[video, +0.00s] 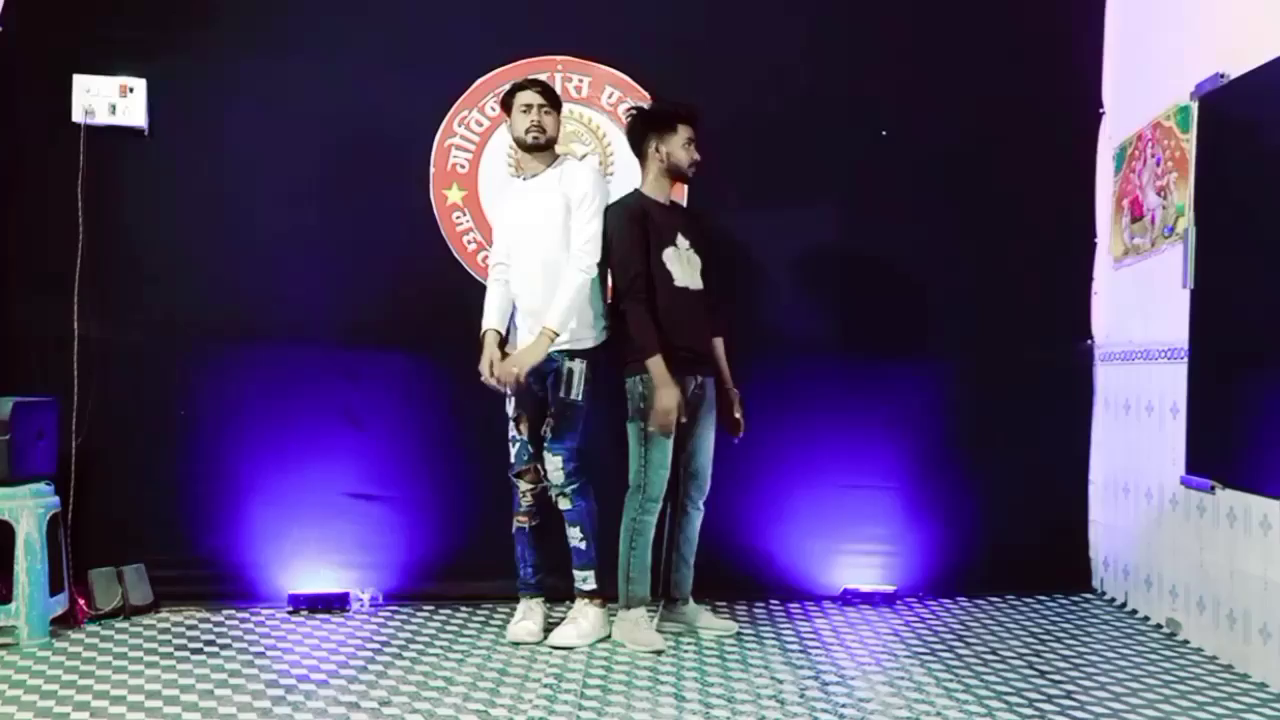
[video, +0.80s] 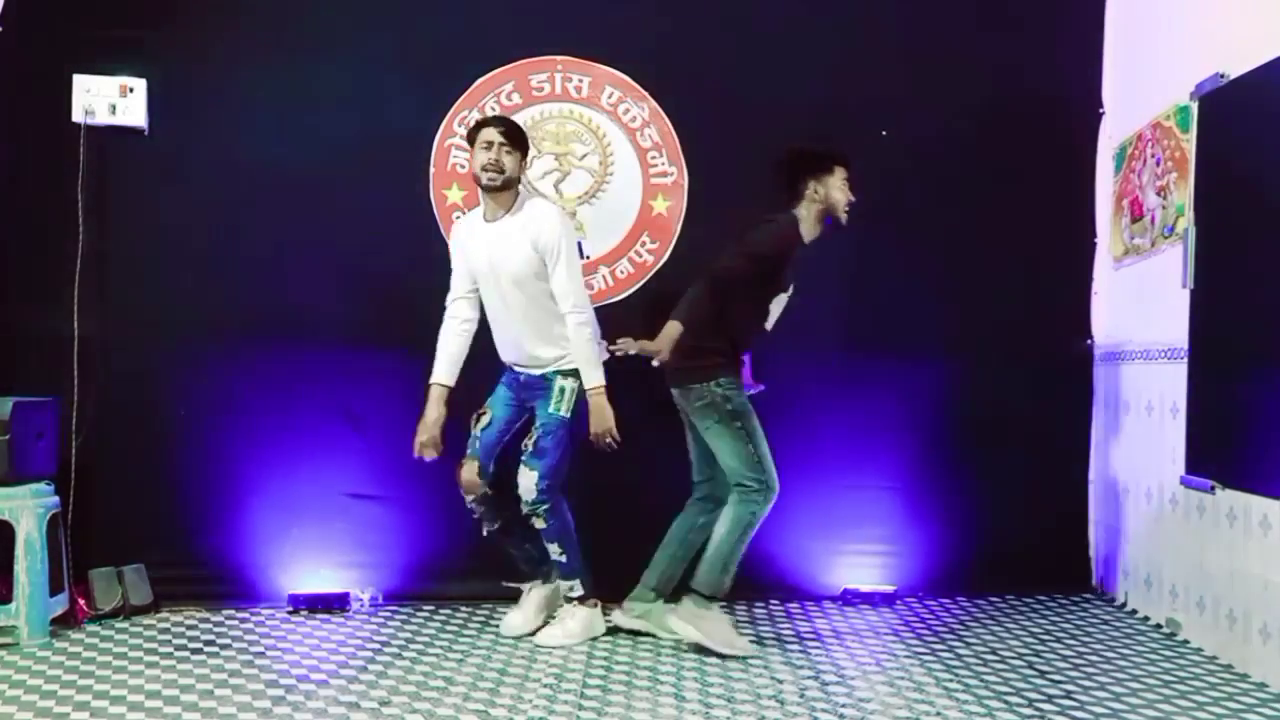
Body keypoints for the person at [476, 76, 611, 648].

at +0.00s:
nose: (535, 118)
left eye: (545, 110)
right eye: (524, 110)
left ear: (559, 121)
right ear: (508, 121)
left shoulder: (581, 175)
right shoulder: (506, 188)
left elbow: (586, 264)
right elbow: (501, 265)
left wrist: (541, 341)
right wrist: (491, 337)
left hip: (572, 343)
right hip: (520, 345)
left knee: (562, 468)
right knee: (524, 474)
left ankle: (589, 602)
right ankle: (530, 599)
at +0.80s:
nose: (494, 156)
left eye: (506, 148)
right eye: (485, 147)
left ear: (523, 161)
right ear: (470, 159)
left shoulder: (548, 220)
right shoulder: (466, 231)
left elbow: (579, 311)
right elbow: (460, 314)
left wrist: (597, 394)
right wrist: (437, 399)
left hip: (564, 374)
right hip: (514, 375)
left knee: (535, 485)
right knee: (476, 479)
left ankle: (583, 601)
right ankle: (540, 580)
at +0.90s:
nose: (486, 160)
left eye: (498, 152)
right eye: (476, 150)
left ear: (513, 164)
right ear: (461, 160)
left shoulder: (538, 223)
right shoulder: (447, 232)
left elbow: (575, 313)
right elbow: (420, 311)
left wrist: (598, 394)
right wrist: (377, 386)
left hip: (555, 370)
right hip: (504, 378)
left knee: (505, 477)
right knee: (485, 499)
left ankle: (568, 586)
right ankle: (549, 590)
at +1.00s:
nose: (472, 155)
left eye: (485, 149)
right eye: (463, 145)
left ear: (498, 164)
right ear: (446, 155)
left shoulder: (523, 222)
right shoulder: (427, 228)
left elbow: (563, 308)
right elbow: (380, 289)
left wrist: (593, 390)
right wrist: (311, 347)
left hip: (541, 367)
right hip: (489, 373)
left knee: (495, 485)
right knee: (452, 485)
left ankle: (558, 605)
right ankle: (532, 583)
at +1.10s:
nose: (456, 155)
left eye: (469, 151)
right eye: (448, 145)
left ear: (481, 169)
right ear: (429, 154)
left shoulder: (500, 226)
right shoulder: (408, 226)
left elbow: (547, 309)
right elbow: (339, 262)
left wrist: (579, 389)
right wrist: (254, 289)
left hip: (523, 375)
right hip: (468, 376)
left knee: (479, 494)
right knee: (413, 474)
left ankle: (554, 605)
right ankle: (490, 585)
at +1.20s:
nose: (438, 156)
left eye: (451, 152)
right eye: (431, 144)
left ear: (462, 170)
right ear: (413, 153)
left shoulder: (477, 228)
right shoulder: (388, 216)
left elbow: (527, 311)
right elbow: (311, 230)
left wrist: (560, 391)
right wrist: (214, 232)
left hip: (491, 373)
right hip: (441, 377)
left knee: (413, 485)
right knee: (404, 497)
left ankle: (513, 576)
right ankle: (475, 601)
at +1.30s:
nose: (426, 152)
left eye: (440, 149)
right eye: (421, 141)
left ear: (452, 167)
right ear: (403, 149)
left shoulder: (467, 227)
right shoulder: (375, 212)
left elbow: (511, 314)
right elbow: (294, 208)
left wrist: (543, 394)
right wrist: (196, 192)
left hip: (472, 370)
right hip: (421, 375)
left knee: (381, 465)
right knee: (386, 488)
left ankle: (462, 578)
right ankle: (465, 596)